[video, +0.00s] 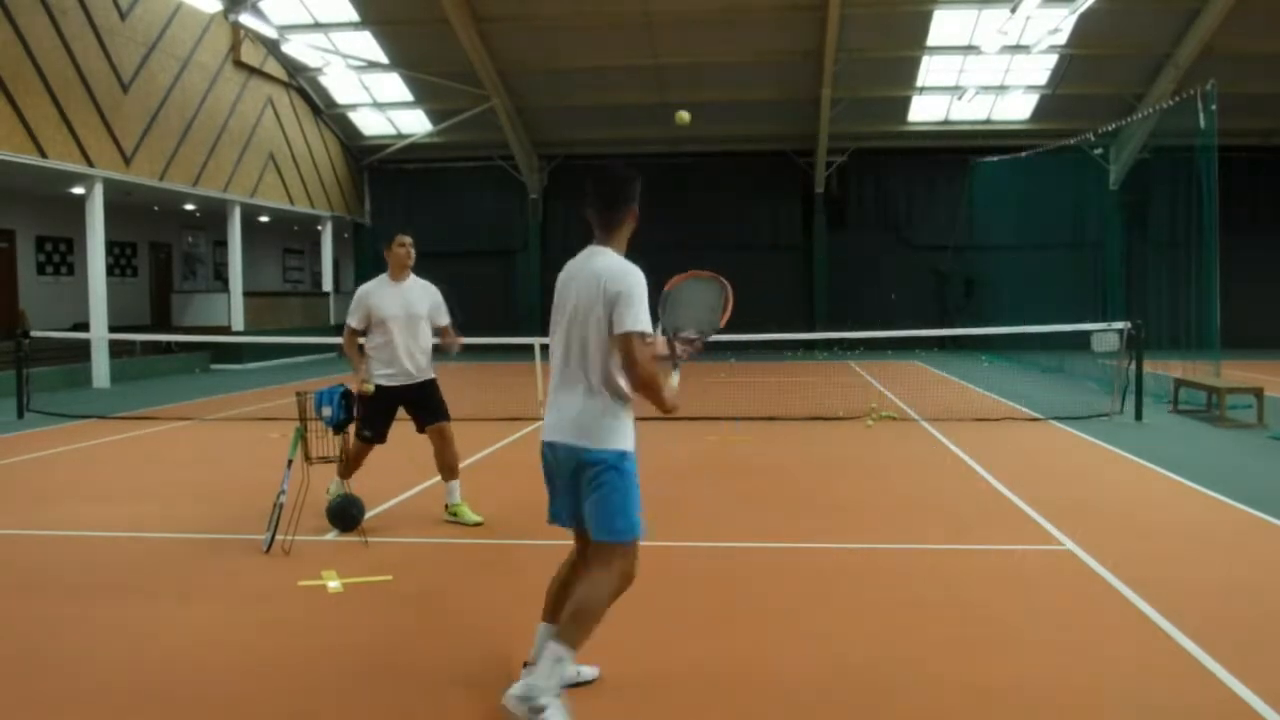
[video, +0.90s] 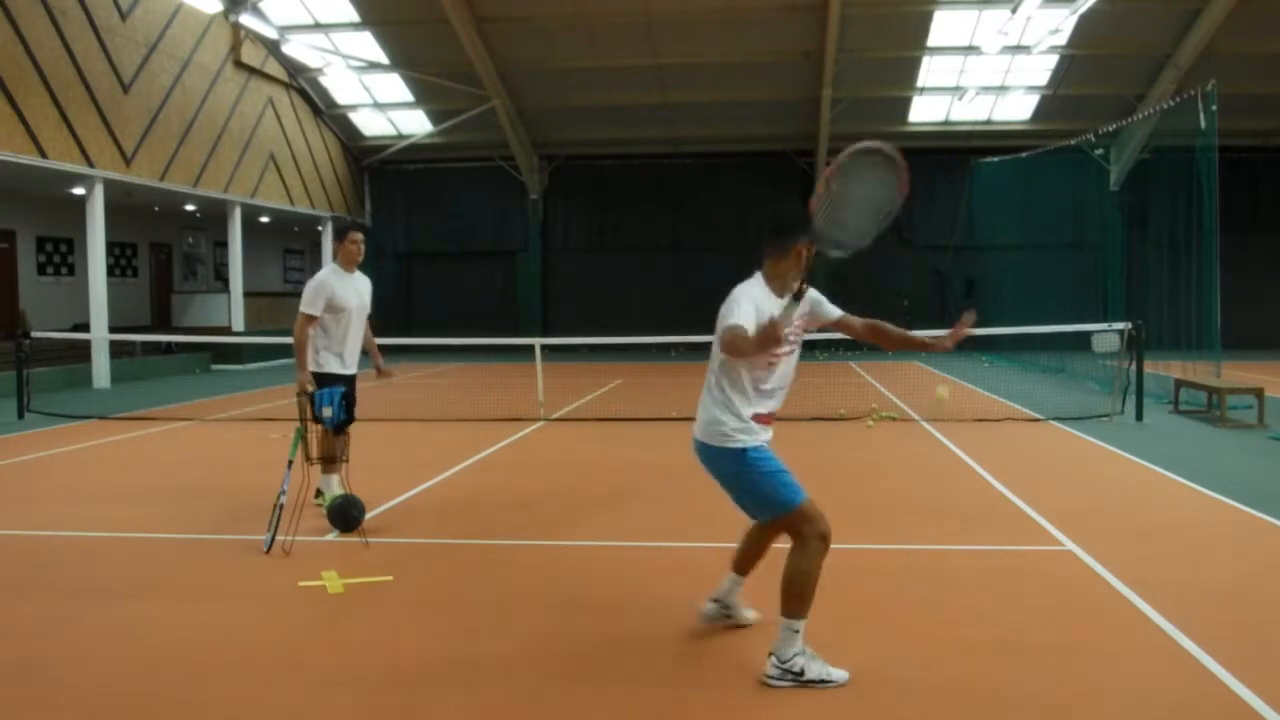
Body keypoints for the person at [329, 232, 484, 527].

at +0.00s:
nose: (409, 251)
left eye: (411, 247)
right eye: (402, 246)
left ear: (415, 254)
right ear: (387, 253)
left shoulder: (429, 290)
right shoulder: (367, 293)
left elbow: (445, 331)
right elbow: (349, 338)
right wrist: (360, 370)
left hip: (421, 380)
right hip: (381, 382)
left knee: (442, 433)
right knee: (364, 443)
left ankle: (454, 502)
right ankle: (338, 487)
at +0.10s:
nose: (391, 248)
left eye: (394, 243)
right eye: (385, 243)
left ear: (397, 249)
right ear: (370, 249)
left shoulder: (409, 287)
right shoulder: (349, 287)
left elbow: (414, 325)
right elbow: (330, 331)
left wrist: (419, 352)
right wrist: (345, 367)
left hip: (404, 377)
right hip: (365, 379)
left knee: (425, 434)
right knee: (348, 441)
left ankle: (451, 498)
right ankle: (335, 496)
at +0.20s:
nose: (378, 245)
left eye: (380, 240)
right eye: (371, 240)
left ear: (383, 246)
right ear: (356, 247)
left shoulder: (392, 283)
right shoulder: (338, 284)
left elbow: (396, 321)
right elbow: (313, 326)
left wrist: (404, 350)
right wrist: (332, 367)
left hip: (391, 375)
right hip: (353, 378)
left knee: (412, 431)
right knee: (341, 439)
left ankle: (432, 493)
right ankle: (334, 495)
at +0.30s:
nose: (366, 242)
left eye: (369, 237)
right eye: (359, 237)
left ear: (372, 243)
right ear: (345, 242)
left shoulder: (380, 279)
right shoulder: (329, 281)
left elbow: (383, 320)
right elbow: (306, 326)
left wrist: (397, 347)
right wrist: (324, 363)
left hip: (380, 371)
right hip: (346, 375)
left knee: (399, 426)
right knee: (339, 436)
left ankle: (405, 491)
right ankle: (334, 494)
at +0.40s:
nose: (358, 242)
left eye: (361, 237)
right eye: (352, 237)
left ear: (365, 243)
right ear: (338, 242)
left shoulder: (372, 277)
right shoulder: (323, 280)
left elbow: (374, 317)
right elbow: (303, 326)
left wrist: (392, 342)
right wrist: (324, 365)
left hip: (372, 370)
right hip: (339, 373)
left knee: (386, 423)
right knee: (337, 435)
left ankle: (376, 482)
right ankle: (333, 493)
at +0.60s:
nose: (353, 243)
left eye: (355, 239)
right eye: (347, 239)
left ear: (358, 244)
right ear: (332, 244)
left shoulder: (365, 279)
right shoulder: (319, 281)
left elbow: (368, 319)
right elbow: (304, 328)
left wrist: (386, 346)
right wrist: (322, 368)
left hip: (358, 368)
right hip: (330, 370)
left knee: (357, 422)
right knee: (338, 428)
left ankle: (337, 477)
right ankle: (332, 487)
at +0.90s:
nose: (360, 248)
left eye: (362, 243)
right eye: (354, 243)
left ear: (364, 248)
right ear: (339, 246)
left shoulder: (364, 282)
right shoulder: (322, 281)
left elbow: (362, 325)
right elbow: (301, 327)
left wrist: (377, 359)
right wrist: (303, 371)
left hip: (348, 368)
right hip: (325, 369)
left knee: (340, 429)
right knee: (333, 430)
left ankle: (326, 487)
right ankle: (331, 490)